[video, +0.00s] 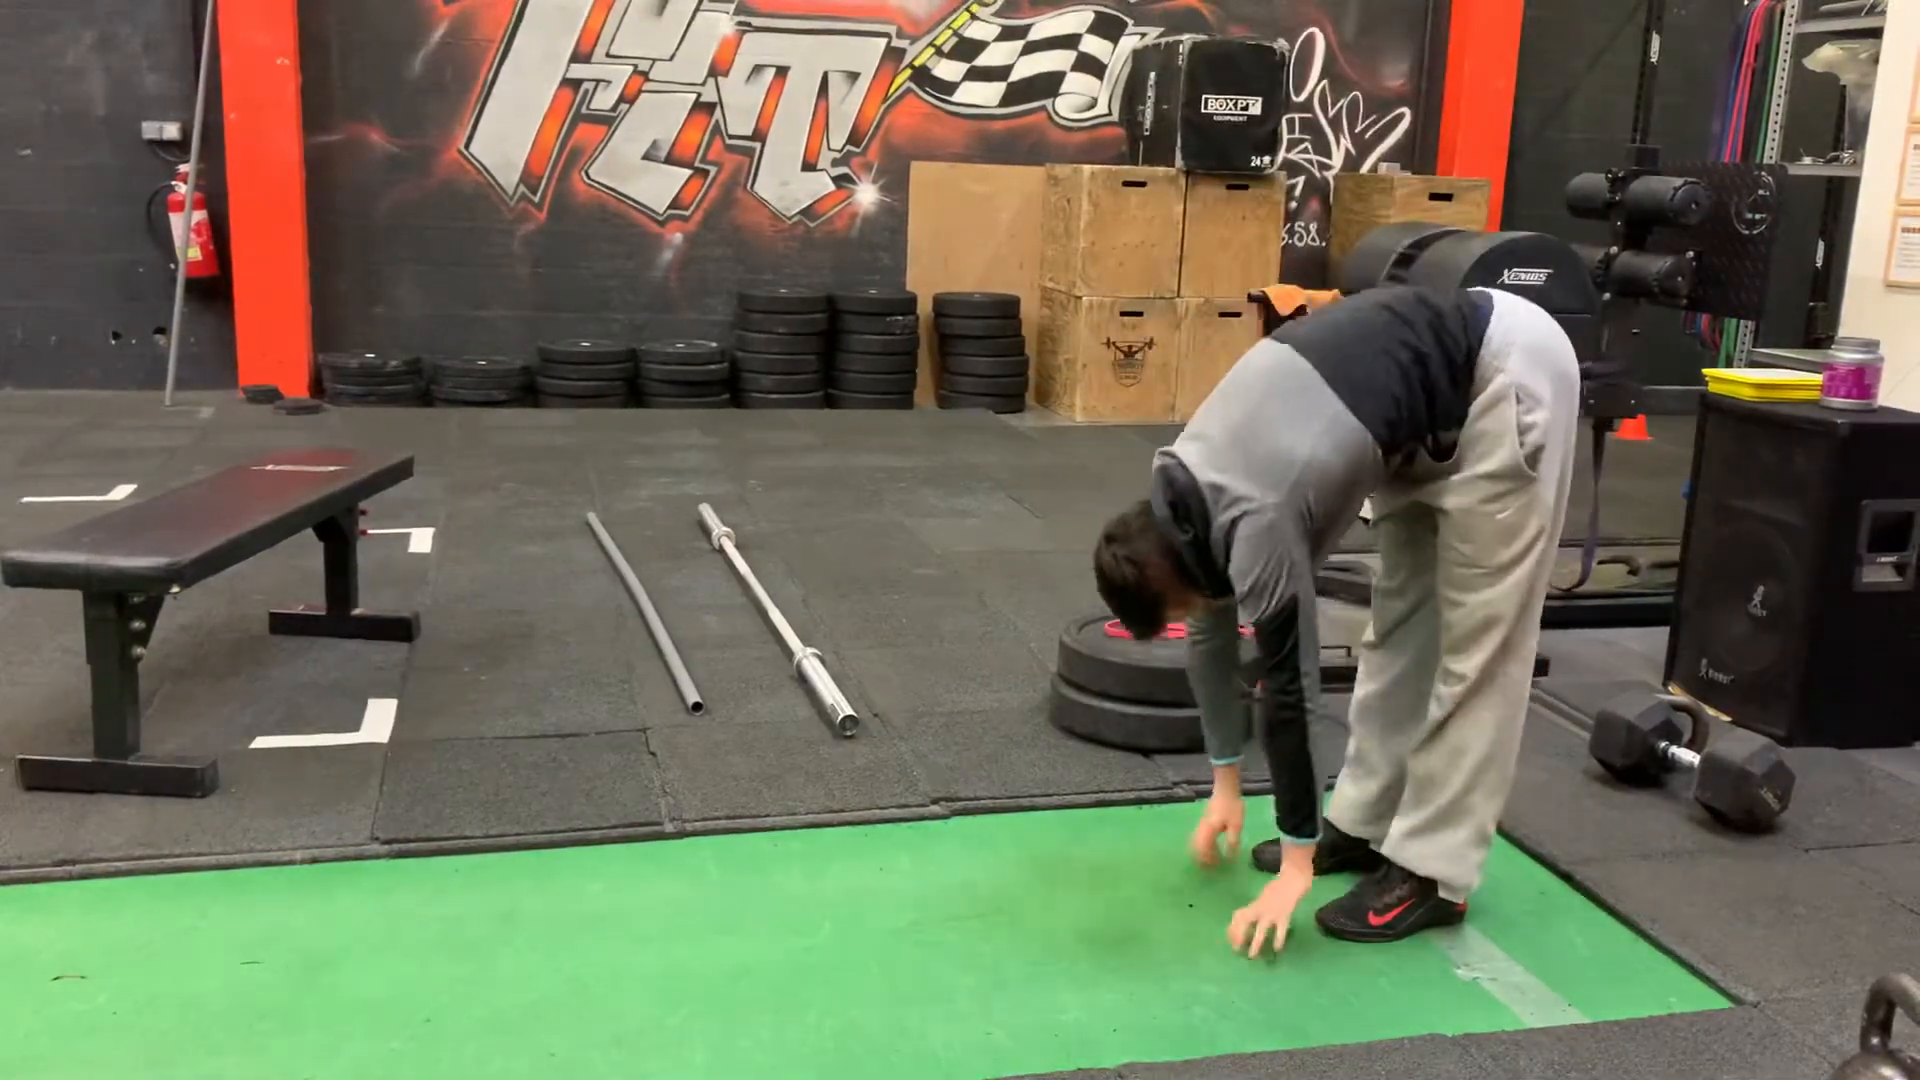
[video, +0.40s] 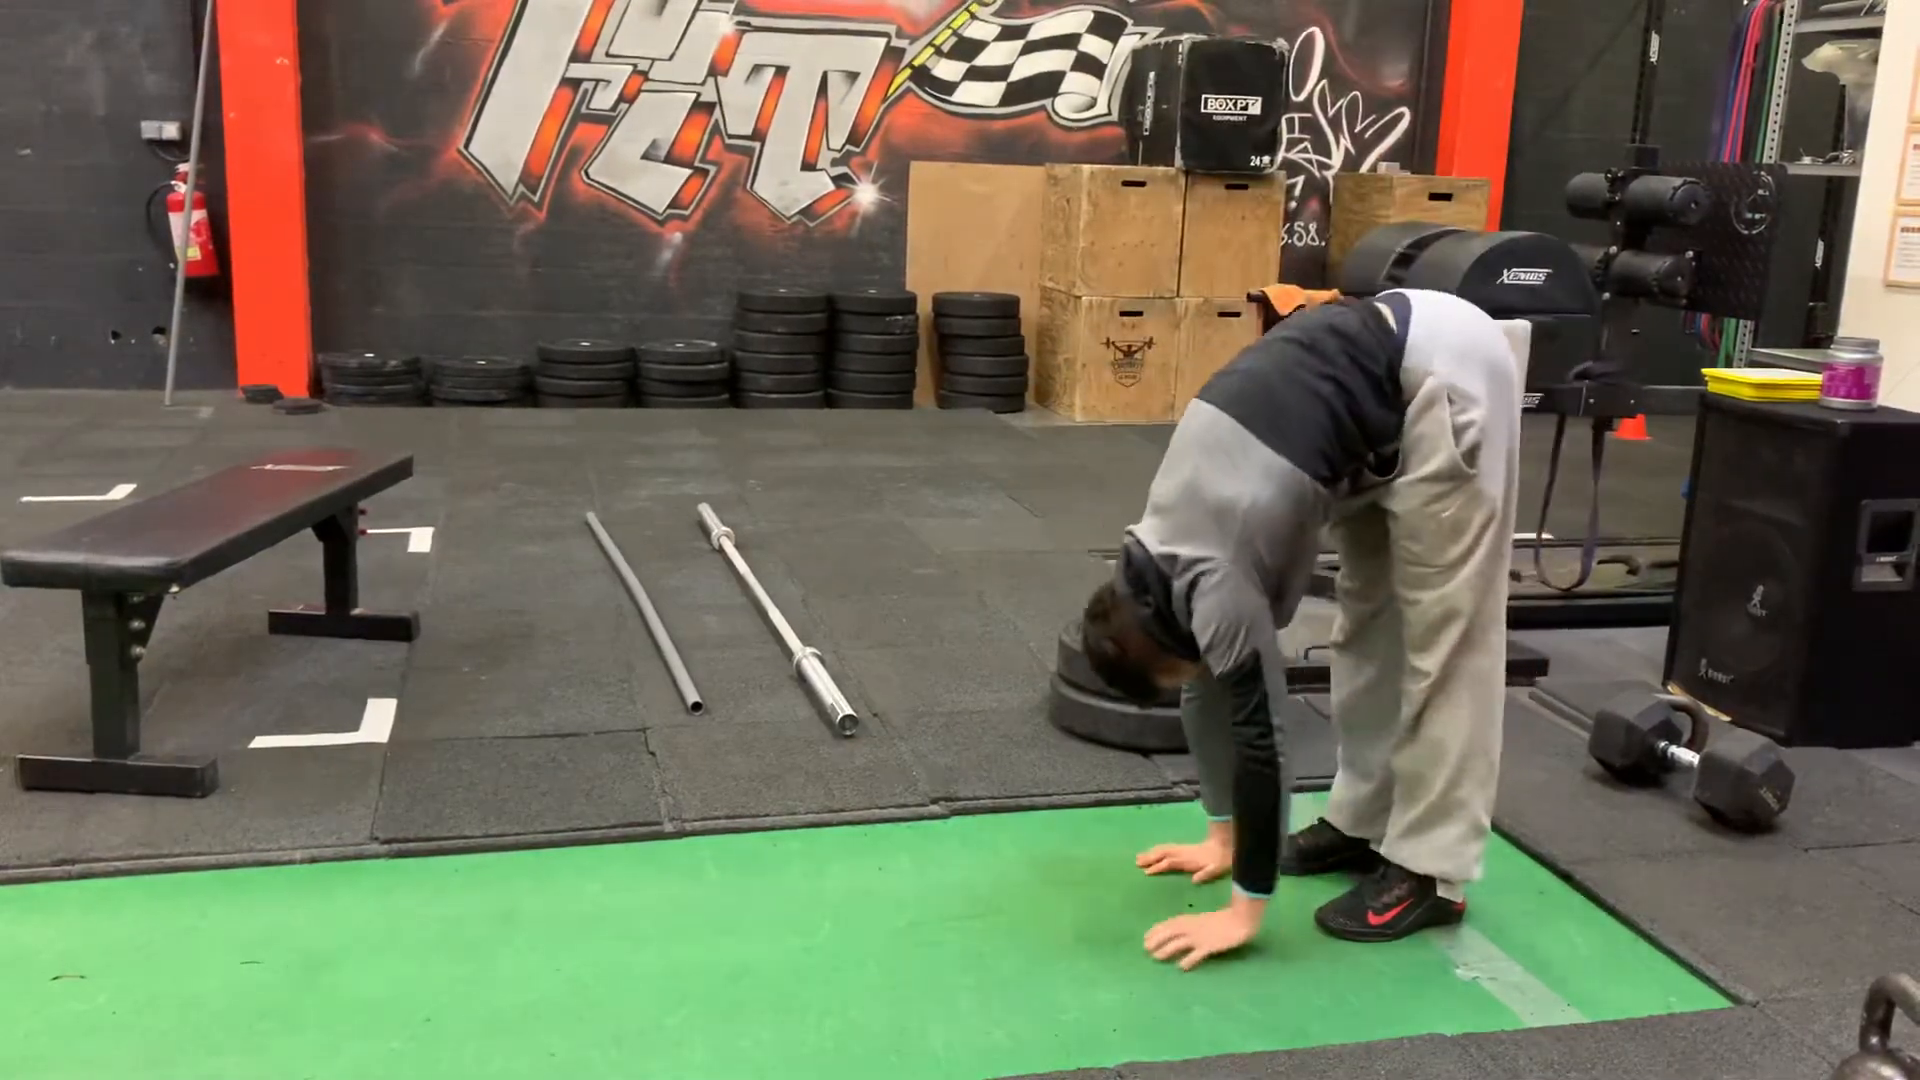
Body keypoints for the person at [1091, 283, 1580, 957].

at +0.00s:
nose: (1184, 626)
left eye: (1177, 617)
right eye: (1173, 625)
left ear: (1177, 571)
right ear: (1151, 551)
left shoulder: (1257, 523)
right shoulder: (1180, 488)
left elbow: (1286, 697)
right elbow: (1212, 641)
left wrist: (1295, 866)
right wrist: (1225, 788)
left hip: (1505, 371)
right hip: (1413, 376)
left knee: (1475, 644)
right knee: (1398, 628)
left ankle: (1436, 871)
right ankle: (1365, 826)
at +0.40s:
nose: (1186, 683)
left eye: (1177, 678)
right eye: (1177, 685)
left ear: (1157, 637)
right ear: (1138, 620)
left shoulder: (1217, 586)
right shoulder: (1155, 562)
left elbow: (1258, 743)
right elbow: (1208, 699)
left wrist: (1246, 909)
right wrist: (1223, 837)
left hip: (1445, 365)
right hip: (1364, 366)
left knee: (1442, 632)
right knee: (1368, 624)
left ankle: (1430, 871)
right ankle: (1364, 819)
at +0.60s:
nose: (1125, 697)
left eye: (1108, 690)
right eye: (1113, 695)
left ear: (1088, 653)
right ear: (1080, 629)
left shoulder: (1159, 599)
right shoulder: (1103, 560)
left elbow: (1176, 759)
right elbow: (1175, 693)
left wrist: (1165, 925)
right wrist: (1187, 825)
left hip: (1390, 369)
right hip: (1317, 374)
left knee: (1415, 631)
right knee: (1346, 625)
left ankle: (1428, 870)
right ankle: (1363, 821)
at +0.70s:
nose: (1073, 700)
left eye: (1064, 693)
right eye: (1062, 700)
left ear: (1056, 649)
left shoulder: (1128, 600)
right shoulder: (1058, 565)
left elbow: (1153, 761)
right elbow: (1095, 688)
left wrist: (1161, 923)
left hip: (1360, 370)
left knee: (1393, 632)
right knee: (1329, 629)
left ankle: (1429, 871)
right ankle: (1358, 819)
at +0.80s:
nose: (1018, 696)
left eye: (1009, 685)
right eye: (1002, 694)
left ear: (1009, 647)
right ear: (986, 630)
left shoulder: (1094, 611)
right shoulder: (1005, 568)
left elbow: (1133, 766)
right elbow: (1002, 702)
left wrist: (1159, 920)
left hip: (1319, 379)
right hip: (1248, 382)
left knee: (1373, 636)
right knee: (1311, 630)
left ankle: (1425, 871)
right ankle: (1358, 821)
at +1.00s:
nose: (889, 690)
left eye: (882, 678)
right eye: (878, 683)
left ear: (893, 643)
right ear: (880, 624)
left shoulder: (1001, 607)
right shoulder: (915, 571)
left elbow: (1083, 755)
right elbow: (923, 714)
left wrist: (1138, 908)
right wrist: (900, 854)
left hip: (1226, 402)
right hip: (1172, 418)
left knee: (1323, 642)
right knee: (1270, 648)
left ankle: (1420, 863)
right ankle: (1352, 816)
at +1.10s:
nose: (845, 685)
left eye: (837, 671)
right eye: (829, 677)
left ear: (854, 632)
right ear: (840, 608)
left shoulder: (954, 591)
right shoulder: (883, 556)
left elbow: (1011, 747)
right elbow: (907, 707)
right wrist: (900, 845)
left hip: (1186, 403)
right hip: (1138, 413)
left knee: (1297, 640)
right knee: (1246, 644)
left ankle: (1415, 857)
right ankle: (1344, 815)